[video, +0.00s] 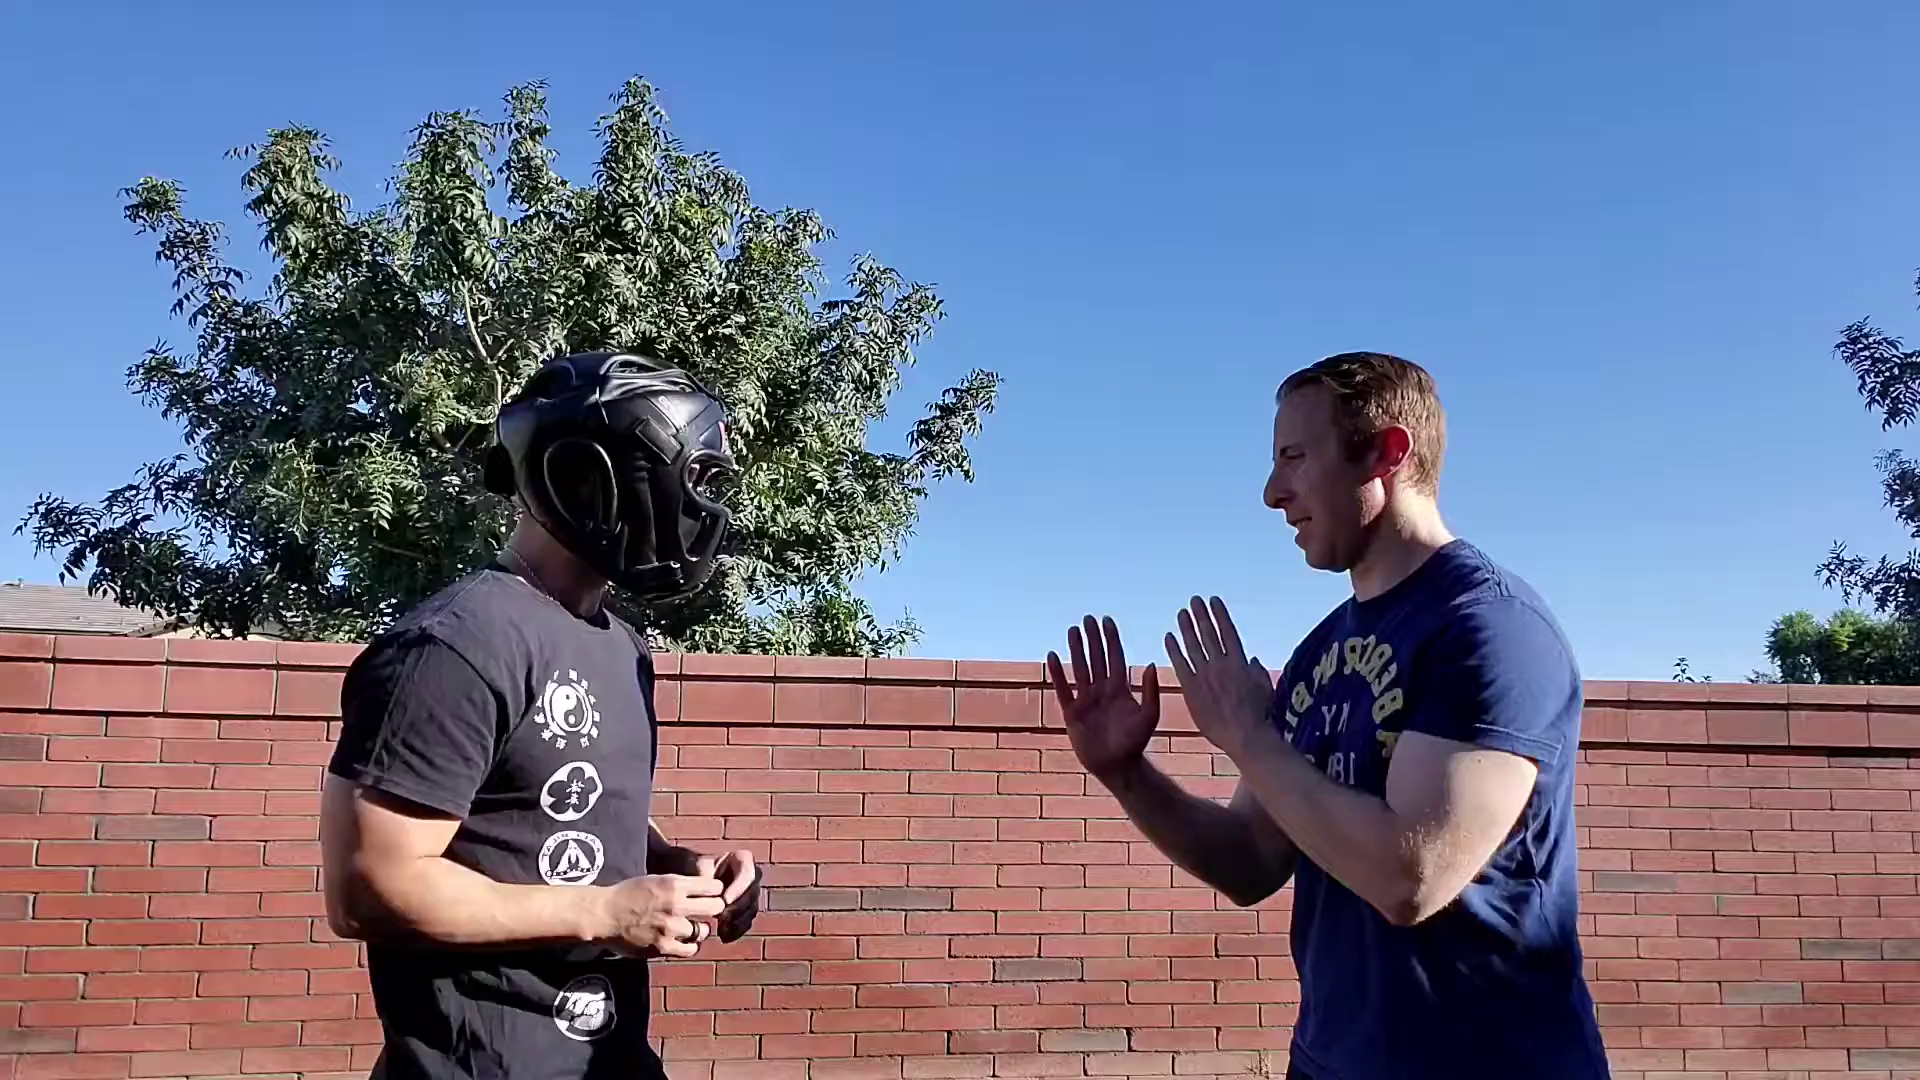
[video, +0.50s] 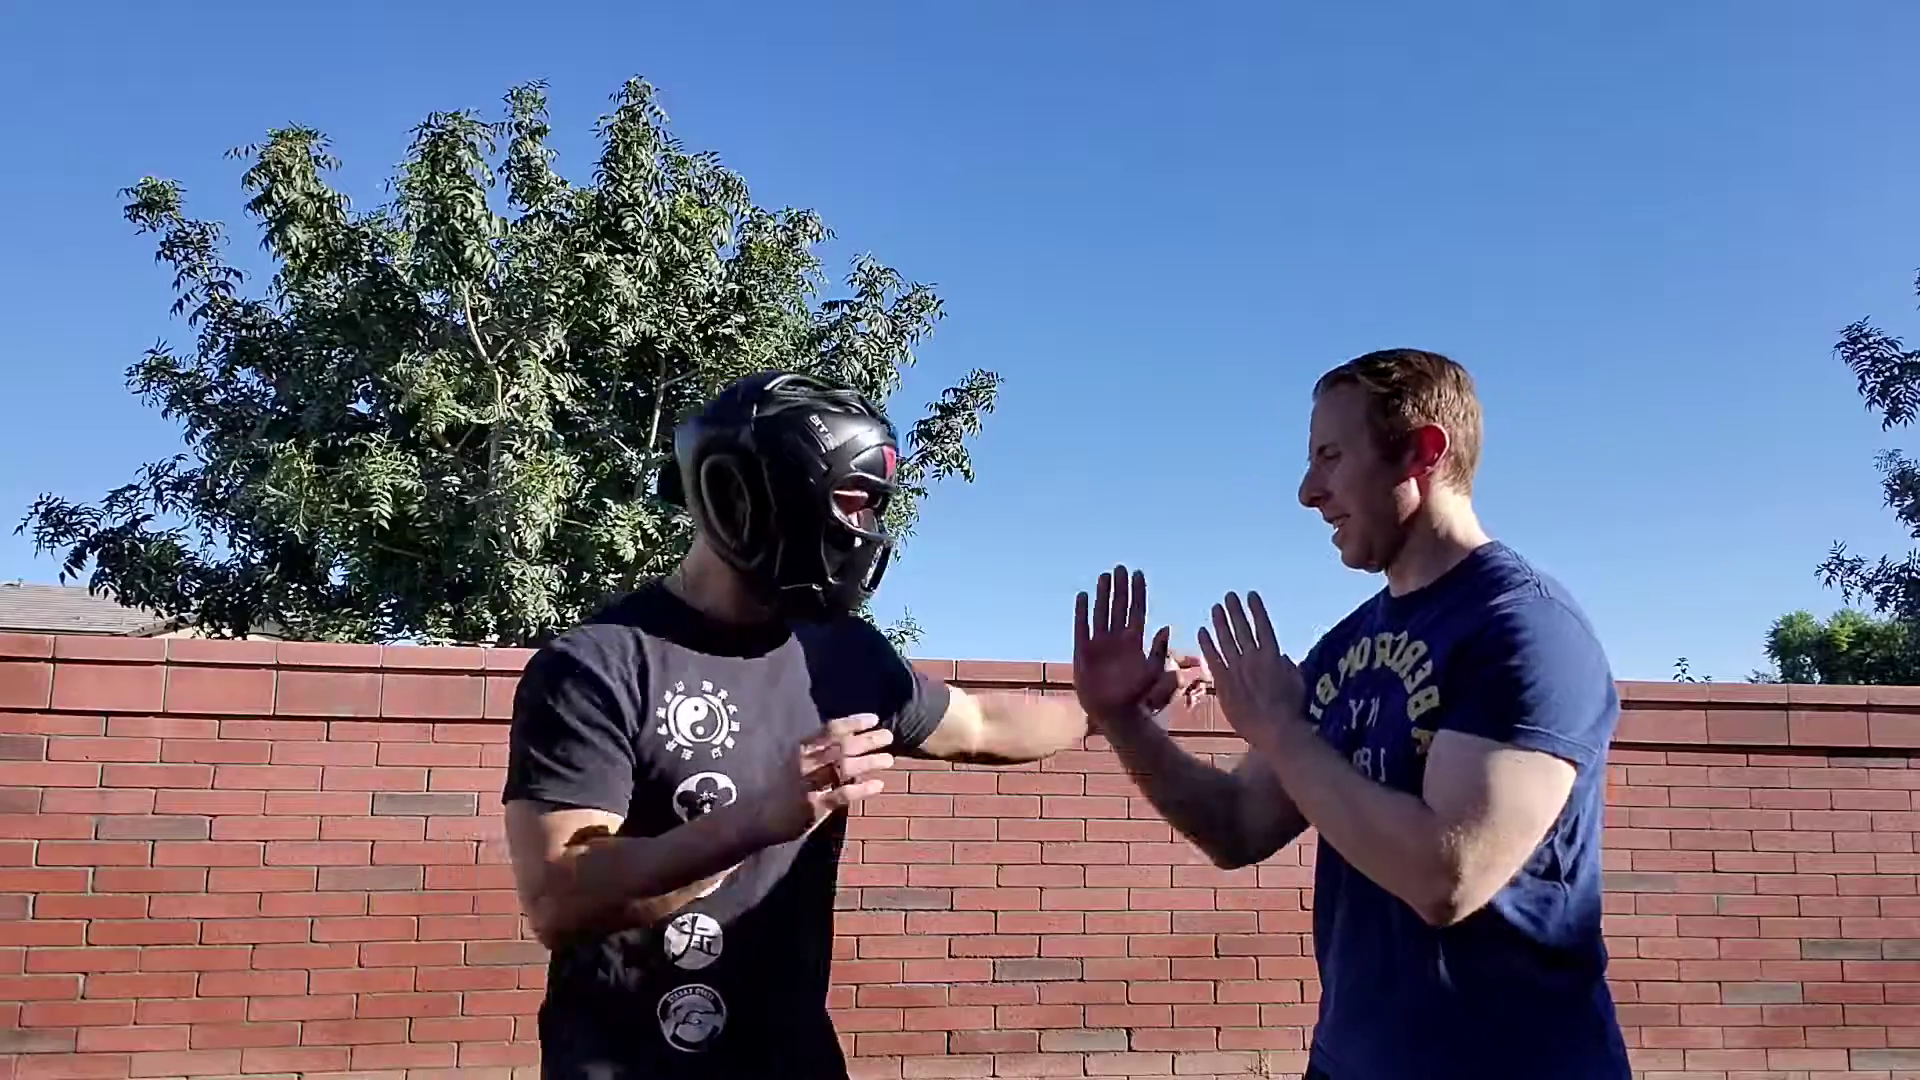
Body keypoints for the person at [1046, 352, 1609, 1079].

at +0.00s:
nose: (1273, 493)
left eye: (1294, 457)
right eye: (1276, 464)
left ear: (1388, 454)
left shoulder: (1496, 628)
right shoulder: (1319, 656)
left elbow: (1412, 879)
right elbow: (1248, 865)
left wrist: (1251, 739)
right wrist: (1126, 774)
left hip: (1486, 1057)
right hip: (1336, 1052)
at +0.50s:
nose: (1309, 490)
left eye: (1330, 455)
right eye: (1313, 462)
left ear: (1422, 457)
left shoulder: (1531, 630)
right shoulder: (1346, 649)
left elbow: (1447, 877)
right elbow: (1238, 829)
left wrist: (1284, 734)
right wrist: (1125, 722)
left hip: (1511, 1057)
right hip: (1356, 1052)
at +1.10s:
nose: (1311, 506)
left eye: (1331, 470)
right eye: (1311, 478)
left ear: (1427, 459)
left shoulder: (1535, 636)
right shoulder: (1354, 646)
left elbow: (1461, 897)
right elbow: (1219, 775)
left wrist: (1274, 769)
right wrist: (1149, 624)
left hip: (1513, 1059)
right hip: (1357, 1051)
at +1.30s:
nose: (1271, 508)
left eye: (1290, 473)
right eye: (1272, 479)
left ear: (1384, 465)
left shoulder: (1441, 630)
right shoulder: (1387, 629)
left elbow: (1198, 779)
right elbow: (1230, 749)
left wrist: (1018, 654)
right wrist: (1175, 632)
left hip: (1466, 1054)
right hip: (1368, 1049)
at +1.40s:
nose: (1248, 511)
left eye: (1266, 478)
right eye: (1248, 483)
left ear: (1356, 470)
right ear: (1359, 476)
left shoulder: (1376, 623)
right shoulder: (1439, 612)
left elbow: (1107, 726)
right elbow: (1302, 805)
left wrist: (910, 609)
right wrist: (1212, 673)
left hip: (1429, 1057)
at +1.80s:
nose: (1267, 504)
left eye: (1287, 470)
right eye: (1266, 477)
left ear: (1379, 463)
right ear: (1369, 470)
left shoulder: (1424, 606)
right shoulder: (1384, 614)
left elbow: (1158, 731)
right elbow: (1310, 808)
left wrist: (926, 649)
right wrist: (1197, 688)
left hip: (1473, 1053)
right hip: (1386, 1050)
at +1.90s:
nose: (1263, 505)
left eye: (1283, 471)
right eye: (1262, 478)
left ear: (1380, 465)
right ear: (1371, 469)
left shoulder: (1417, 619)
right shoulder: (1391, 613)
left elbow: (1196, 794)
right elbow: (1287, 812)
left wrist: (984, 709)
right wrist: (1173, 720)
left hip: (1476, 1053)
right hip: (1394, 1047)